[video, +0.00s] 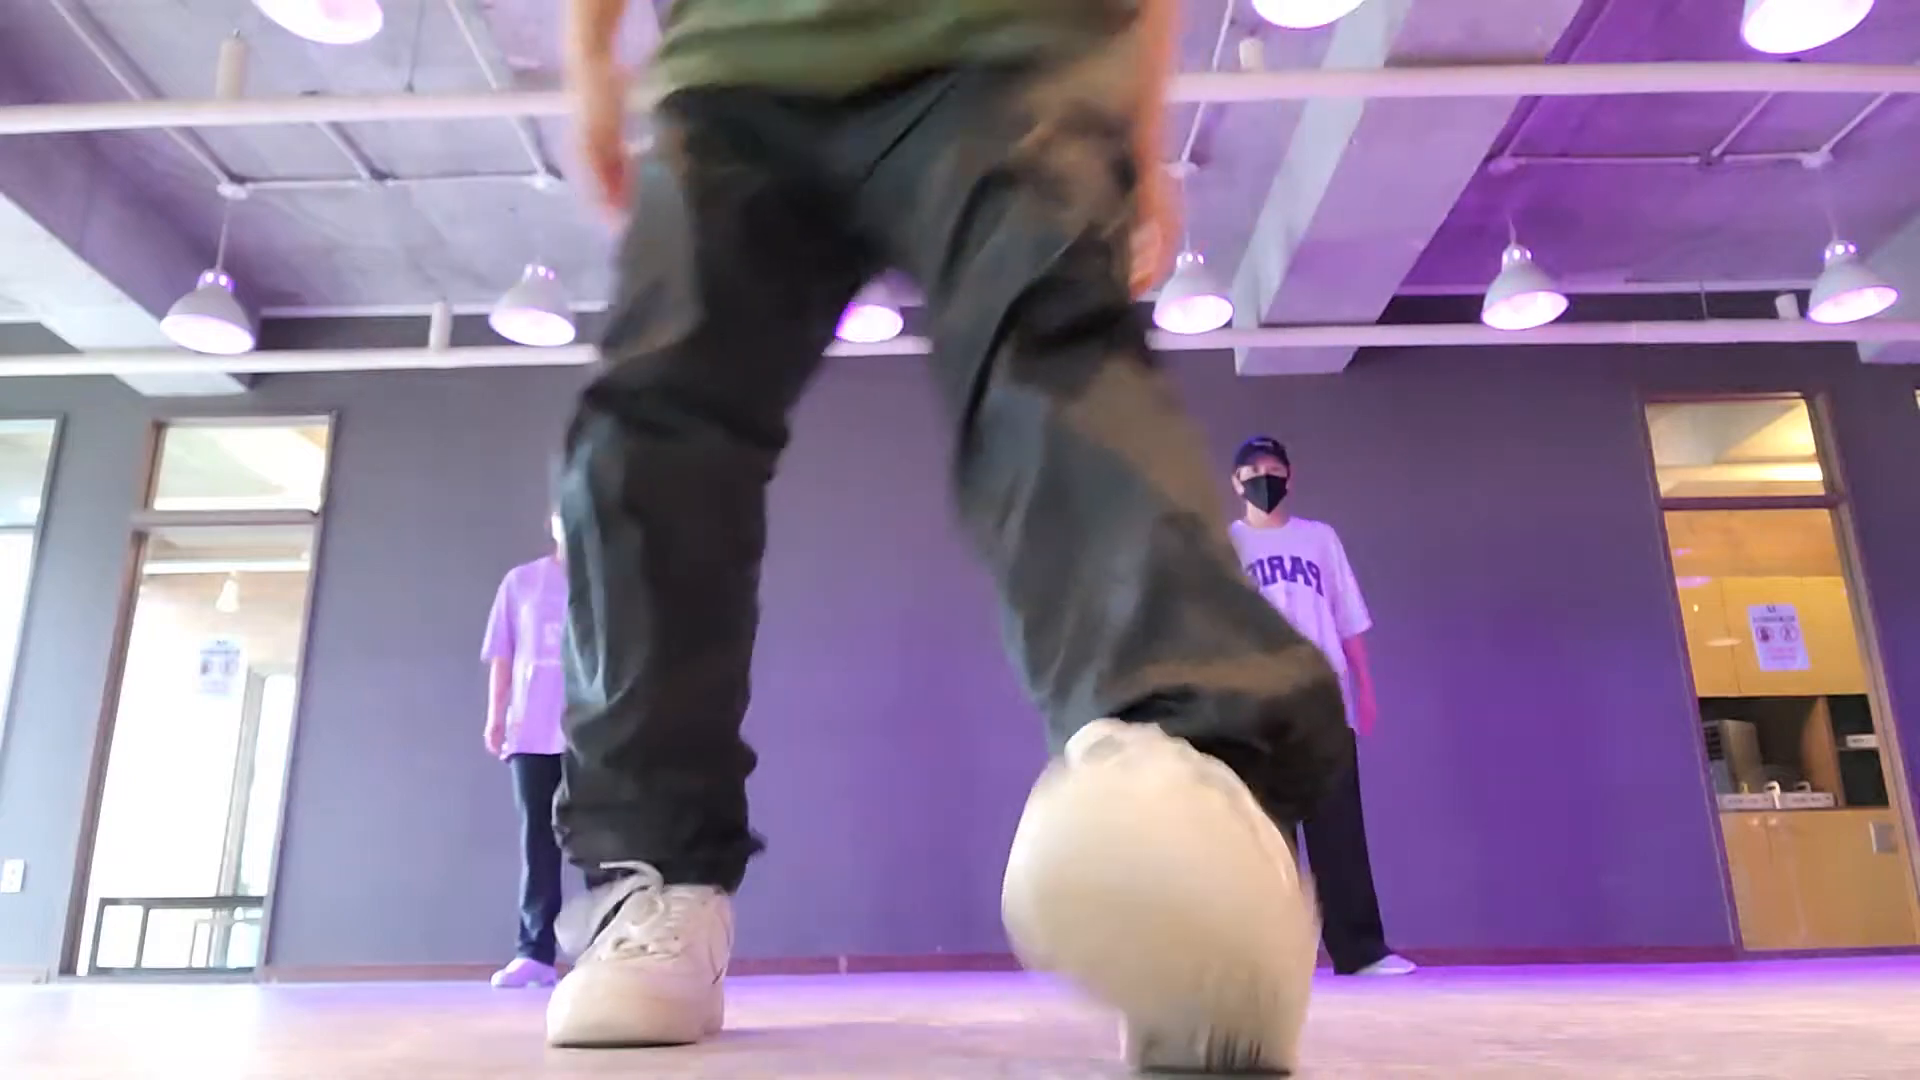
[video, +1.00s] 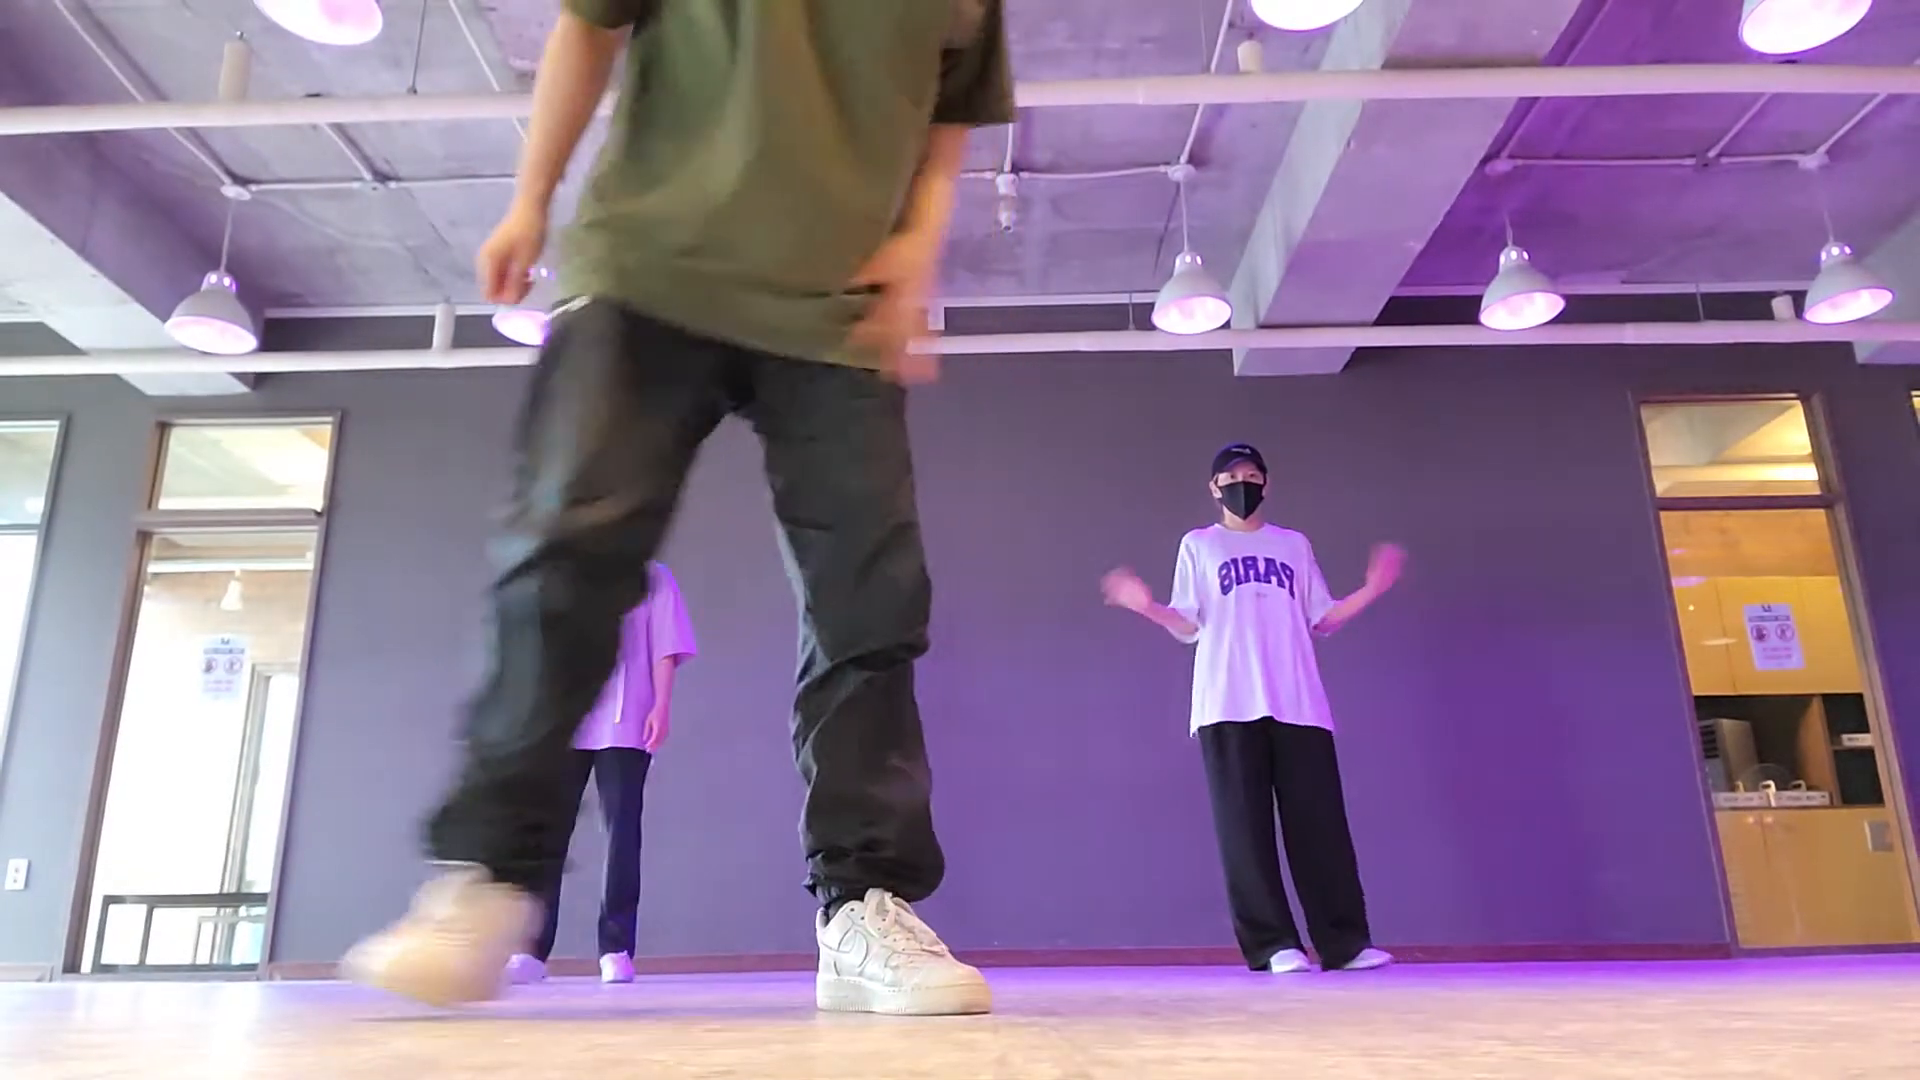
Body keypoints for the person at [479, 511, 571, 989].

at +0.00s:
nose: (569, 530)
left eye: (577, 522)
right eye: (563, 521)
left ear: (592, 528)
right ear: (552, 524)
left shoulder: (605, 582)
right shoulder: (520, 582)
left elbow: (621, 655)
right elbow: (501, 658)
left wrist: (618, 723)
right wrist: (496, 718)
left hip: (591, 735)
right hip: (533, 730)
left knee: (598, 844)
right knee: (537, 844)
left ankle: (609, 955)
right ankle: (536, 952)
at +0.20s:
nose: (570, 535)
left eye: (578, 525)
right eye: (565, 524)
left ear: (593, 531)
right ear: (553, 526)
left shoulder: (608, 579)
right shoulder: (522, 581)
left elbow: (622, 657)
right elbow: (502, 659)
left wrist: (620, 725)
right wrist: (496, 720)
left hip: (595, 735)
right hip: (535, 733)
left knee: (599, 842)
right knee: (536, 845)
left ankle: (612, 954)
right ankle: (535, 953)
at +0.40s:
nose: (585, 514)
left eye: (594, 506)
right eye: (576, 506)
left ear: (608, 518)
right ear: (560, 518)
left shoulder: (620, 582)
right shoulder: (531, 579)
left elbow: (634, 657)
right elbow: (508, 655)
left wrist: (628, 726)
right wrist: (497, 715)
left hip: (604, 733)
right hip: (542, 729)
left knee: (608, 840)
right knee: (541, 844)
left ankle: (616, 954)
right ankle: (537, 952)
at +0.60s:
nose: (597, 512)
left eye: (608, 505)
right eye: (587, 505)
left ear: (624, 519)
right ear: (571, 518)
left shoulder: (635, 579)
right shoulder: (542, 578)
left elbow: (651, 653)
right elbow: (521, 652)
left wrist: (645, 719)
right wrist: (512, 709)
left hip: (617, 730)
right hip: (555, 726)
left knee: (615, 843)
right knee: (548, 840)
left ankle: (618, 955)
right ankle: (539, 951)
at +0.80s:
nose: (600, 515)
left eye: (609, 506)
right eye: (592, 506)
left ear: (624, 518)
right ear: (577, 518)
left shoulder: (636, 580)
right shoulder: (551, 578)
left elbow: (650, 652)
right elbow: (533, 651)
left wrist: (641, 719)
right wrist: (528, 709)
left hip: (620, 730)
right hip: (561, 726)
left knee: (621, 840)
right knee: (547, 838)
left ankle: (623, 957)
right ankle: (537, 950)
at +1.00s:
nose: (609, 541)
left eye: (617, 532)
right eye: (598, 533)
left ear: (635, 532)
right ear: (583, 534)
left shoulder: (653, 578)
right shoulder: (567, 577)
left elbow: (663, 650)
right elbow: (546, 645)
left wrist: (661, 707)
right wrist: (543, 708)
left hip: (624, 723)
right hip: (566, 723)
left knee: (623, 837)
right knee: (548, 834)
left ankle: (615, 950)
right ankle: (531, 950)